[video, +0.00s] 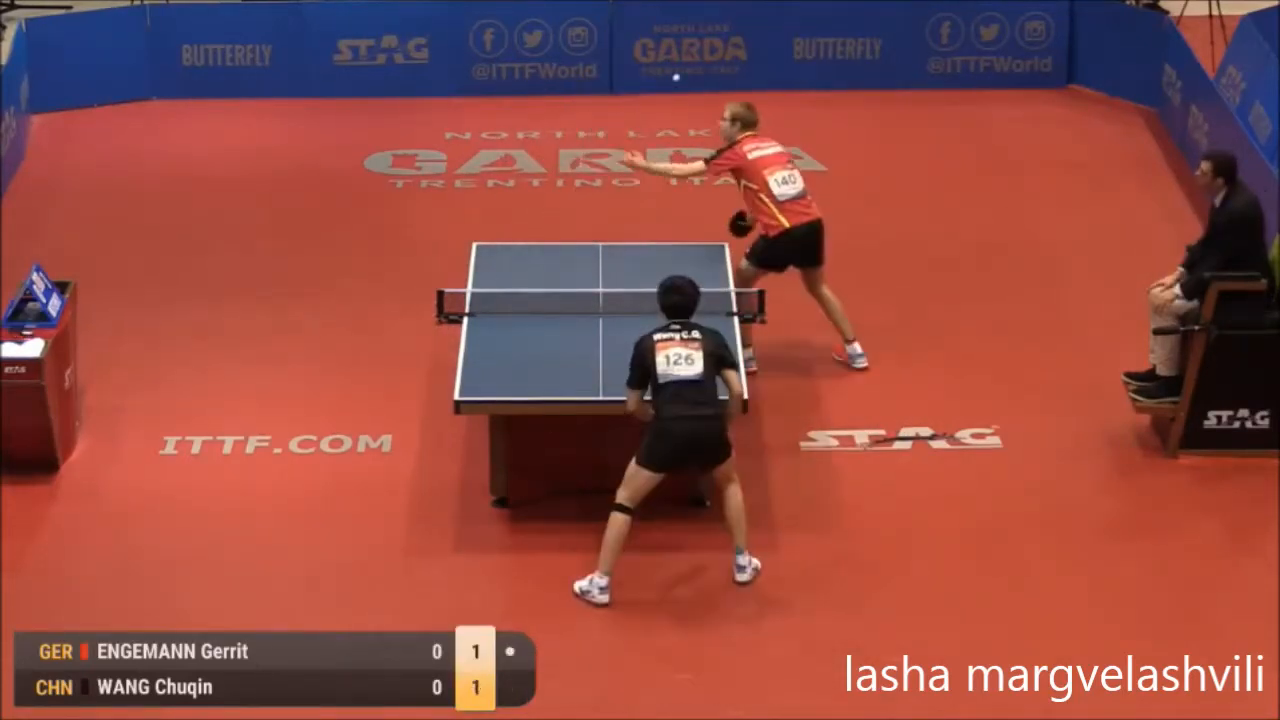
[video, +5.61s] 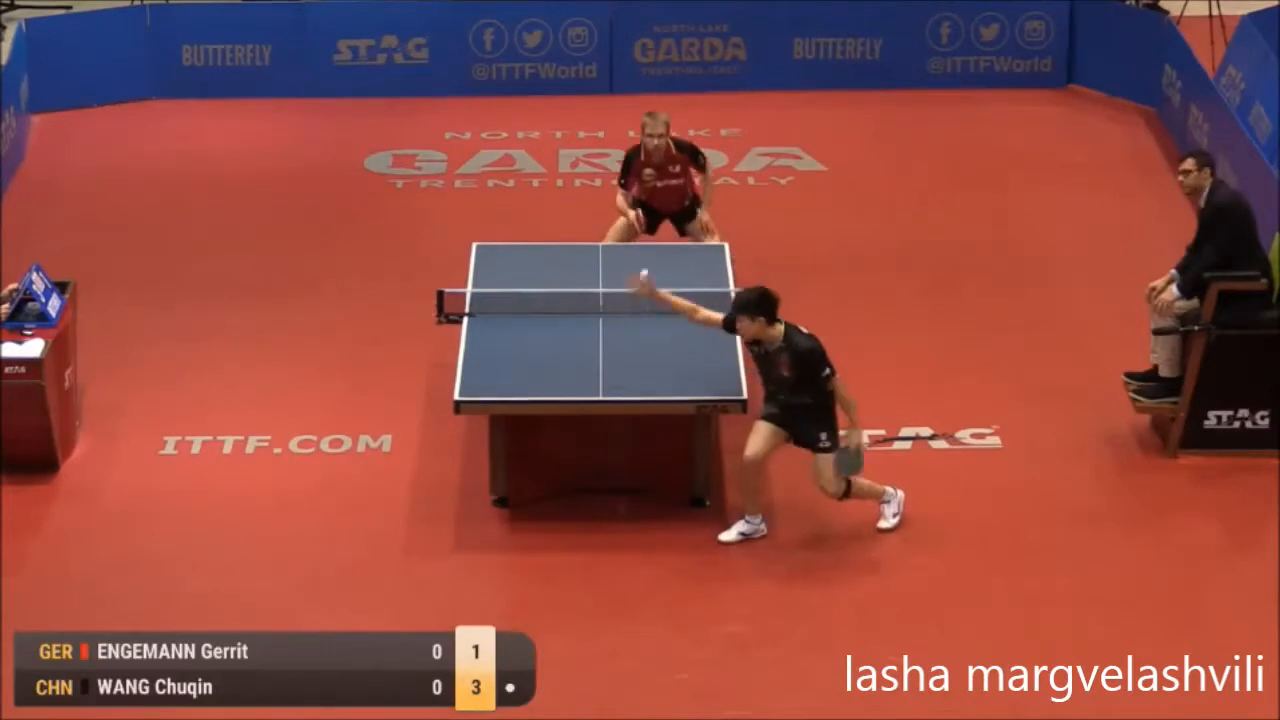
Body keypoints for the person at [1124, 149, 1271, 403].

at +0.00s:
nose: (1196, 176)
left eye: (1202, 173)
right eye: (1198, 170)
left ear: (1219, 179)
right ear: (1219, 178)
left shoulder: (1238, 209)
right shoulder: (1223, 200)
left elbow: (1219, 262)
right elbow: (1206, 245)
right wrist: (1179, 274)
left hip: (1240, 290)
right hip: (1222, 278)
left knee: (1167, 306)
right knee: (1157, 295)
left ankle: (1170, 379)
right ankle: (1160, 369)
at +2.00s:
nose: (1205, 175)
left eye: (1211, 170)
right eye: (1206, 169)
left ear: (1229, 171)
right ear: (1223, 172)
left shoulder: (1246, 206)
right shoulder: (1229, 200)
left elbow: (1227, 263)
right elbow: (1209, 244)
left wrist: (1185, 287)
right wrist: (1179, 274)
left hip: (1238, 291)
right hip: (1221, 279)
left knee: (1166, 305)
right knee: (1156, 295)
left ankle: (1169, 378)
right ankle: (1160, 369)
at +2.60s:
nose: (1207, 175)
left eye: (1213, 169)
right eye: (1207, 169)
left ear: (1232, 170)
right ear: (1225, 172)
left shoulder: (1245, 205)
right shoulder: (1231, 199)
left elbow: (1221, 257)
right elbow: (1210, 244)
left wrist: (1178, 279)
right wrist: (1177, 272)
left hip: (1236, 288)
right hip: (1222, 278)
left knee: (1165, 307)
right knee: (1157, 296)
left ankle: (1168, 378)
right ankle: (1160, 369)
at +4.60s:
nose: (1207, 175)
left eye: (1213, 170)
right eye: (1207, 169)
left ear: (1232, 172)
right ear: (1224, 172)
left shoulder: (1249, 206)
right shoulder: (1226, 199)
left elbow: (1229, 264)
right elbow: (1205, 240)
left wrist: (1184, 288)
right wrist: (1173, 274)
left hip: (1242, 292)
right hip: (1224, 280)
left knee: (1168, 307)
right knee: (1159, 297)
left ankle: (1168, 379)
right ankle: (1159, 370)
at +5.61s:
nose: (1180, 179)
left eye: (1186, 173)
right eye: (1179, 174)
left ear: (1206, 174)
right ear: (1201, 175)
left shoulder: (1223, 204)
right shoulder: (1211, 201)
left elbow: (1210, 257)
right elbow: (1196, 250)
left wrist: (1177, 292)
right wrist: (1169, 278)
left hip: (1241, 292)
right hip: (1225, 283)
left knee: (1166, 307)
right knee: (1157, 297)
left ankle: (1171, 380)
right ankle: (1161, 369)